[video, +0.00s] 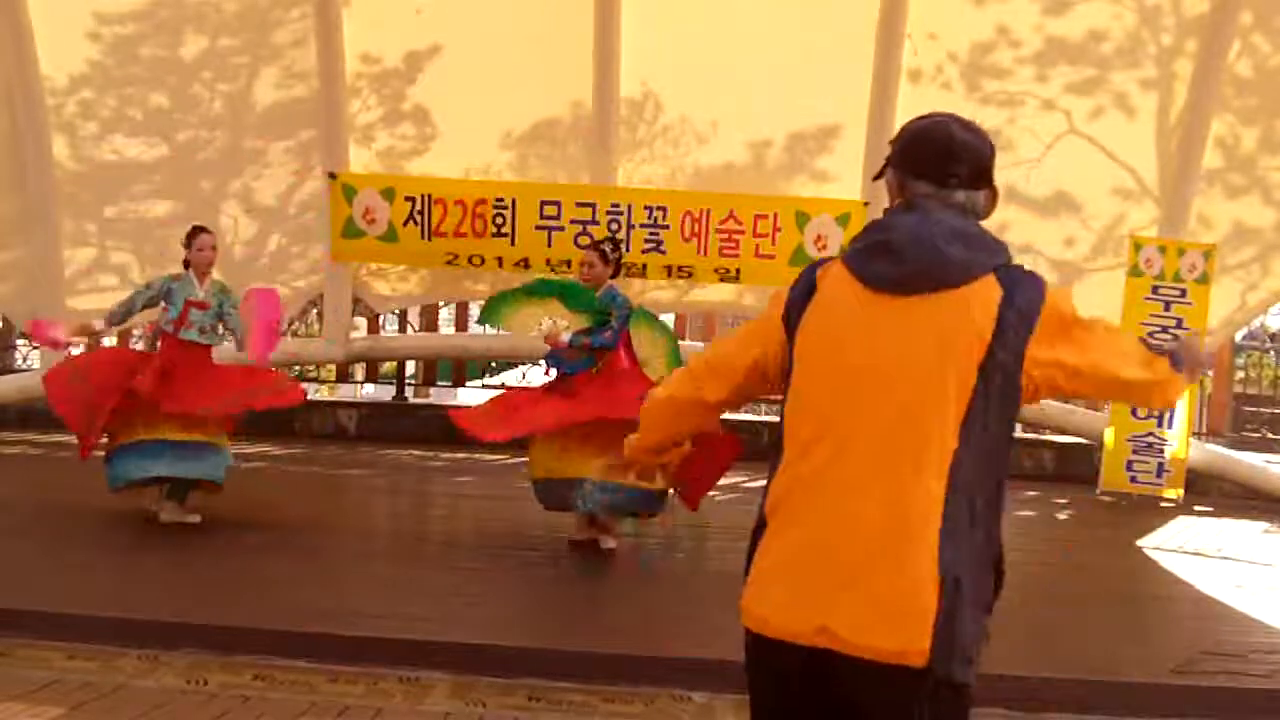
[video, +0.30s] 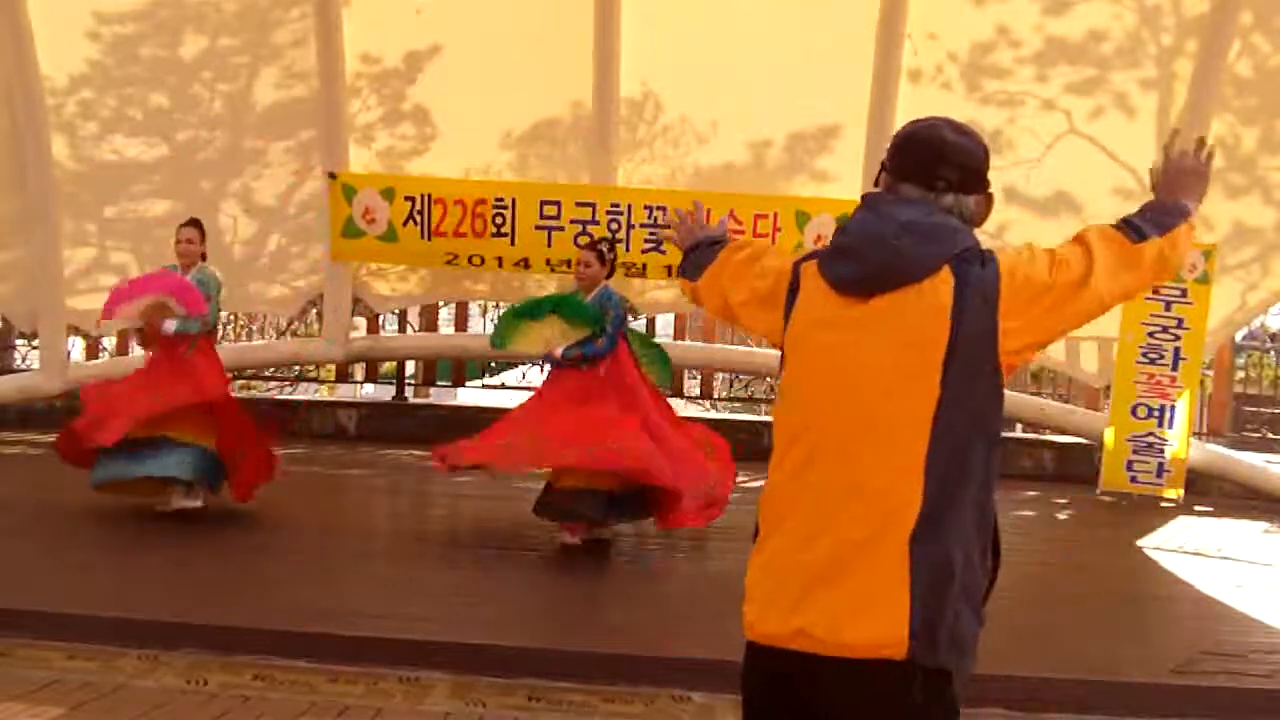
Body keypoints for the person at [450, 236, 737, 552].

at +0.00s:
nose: (582, 272)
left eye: (590, 266)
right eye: (581, 265)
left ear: (610, 269)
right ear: (582, 267)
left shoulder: (616, 301)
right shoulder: (587, 300)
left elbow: (610, 340)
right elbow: (589, 340)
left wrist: (569, 341)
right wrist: (560, 338)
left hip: (610, 386)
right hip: (585, 385)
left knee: (603, 451)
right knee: (584, 448)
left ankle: (605, 529)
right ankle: (586, 526)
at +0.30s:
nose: (580, 271)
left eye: (588, 265)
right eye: (578, 264)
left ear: (605, 270)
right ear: (576, 267)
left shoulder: (611, 300)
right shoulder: (574, 302)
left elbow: (607, 344)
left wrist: (565, 354)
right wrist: (549, 349)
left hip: (605, 387)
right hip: (576, 385)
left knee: (592, 452)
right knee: (575, 452)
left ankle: (584, 522)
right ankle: (579, 521)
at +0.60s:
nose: (579, 271)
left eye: (587, 265)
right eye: (577, 264)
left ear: (603, 270)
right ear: (573, 267)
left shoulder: (611, 303)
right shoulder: (566, 299)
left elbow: (605, 347)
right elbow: (547, 334)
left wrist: (567, 360)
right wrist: (540, 353)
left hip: (600, 387)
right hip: (565, 385)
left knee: (597, 453)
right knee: (567, 453)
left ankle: (597, 527)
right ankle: (572, 525)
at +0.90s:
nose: (579, 271)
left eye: (588, 266)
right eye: (577, 264)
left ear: (606, 272)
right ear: (573, 266)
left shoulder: (613, 304)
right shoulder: (561, 293)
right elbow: (522, 294)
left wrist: (566, 360)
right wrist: (483, 279)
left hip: (596, 384)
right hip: (557, 380)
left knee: (576, 448)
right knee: (547, 441)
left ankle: (560, 527)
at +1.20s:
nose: (581, 267)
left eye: (589, 263)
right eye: (579, 262)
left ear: (607, 268)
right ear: (576, 264)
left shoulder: (615, 305)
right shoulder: (563, 290)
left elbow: (614, 349)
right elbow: (528, 270)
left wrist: (576, 362)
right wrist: (509, 232)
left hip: (594, 387)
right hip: (558, 383)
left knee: (579, 450)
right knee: (544, 444)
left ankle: (564, 526)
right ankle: (537, 524)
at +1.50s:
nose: (592, 257)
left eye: (600, 252)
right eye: (587, 250)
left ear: (612, 259)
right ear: (581, 254)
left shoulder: (620, 297)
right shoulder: (568, 279)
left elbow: (628, 339)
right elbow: (539, 252)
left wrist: (601, 346)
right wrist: (504, 217)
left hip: (598, 371)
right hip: (563, 367)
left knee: (590, 435)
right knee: (558, 432)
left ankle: (584, 509)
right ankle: (555, 510)